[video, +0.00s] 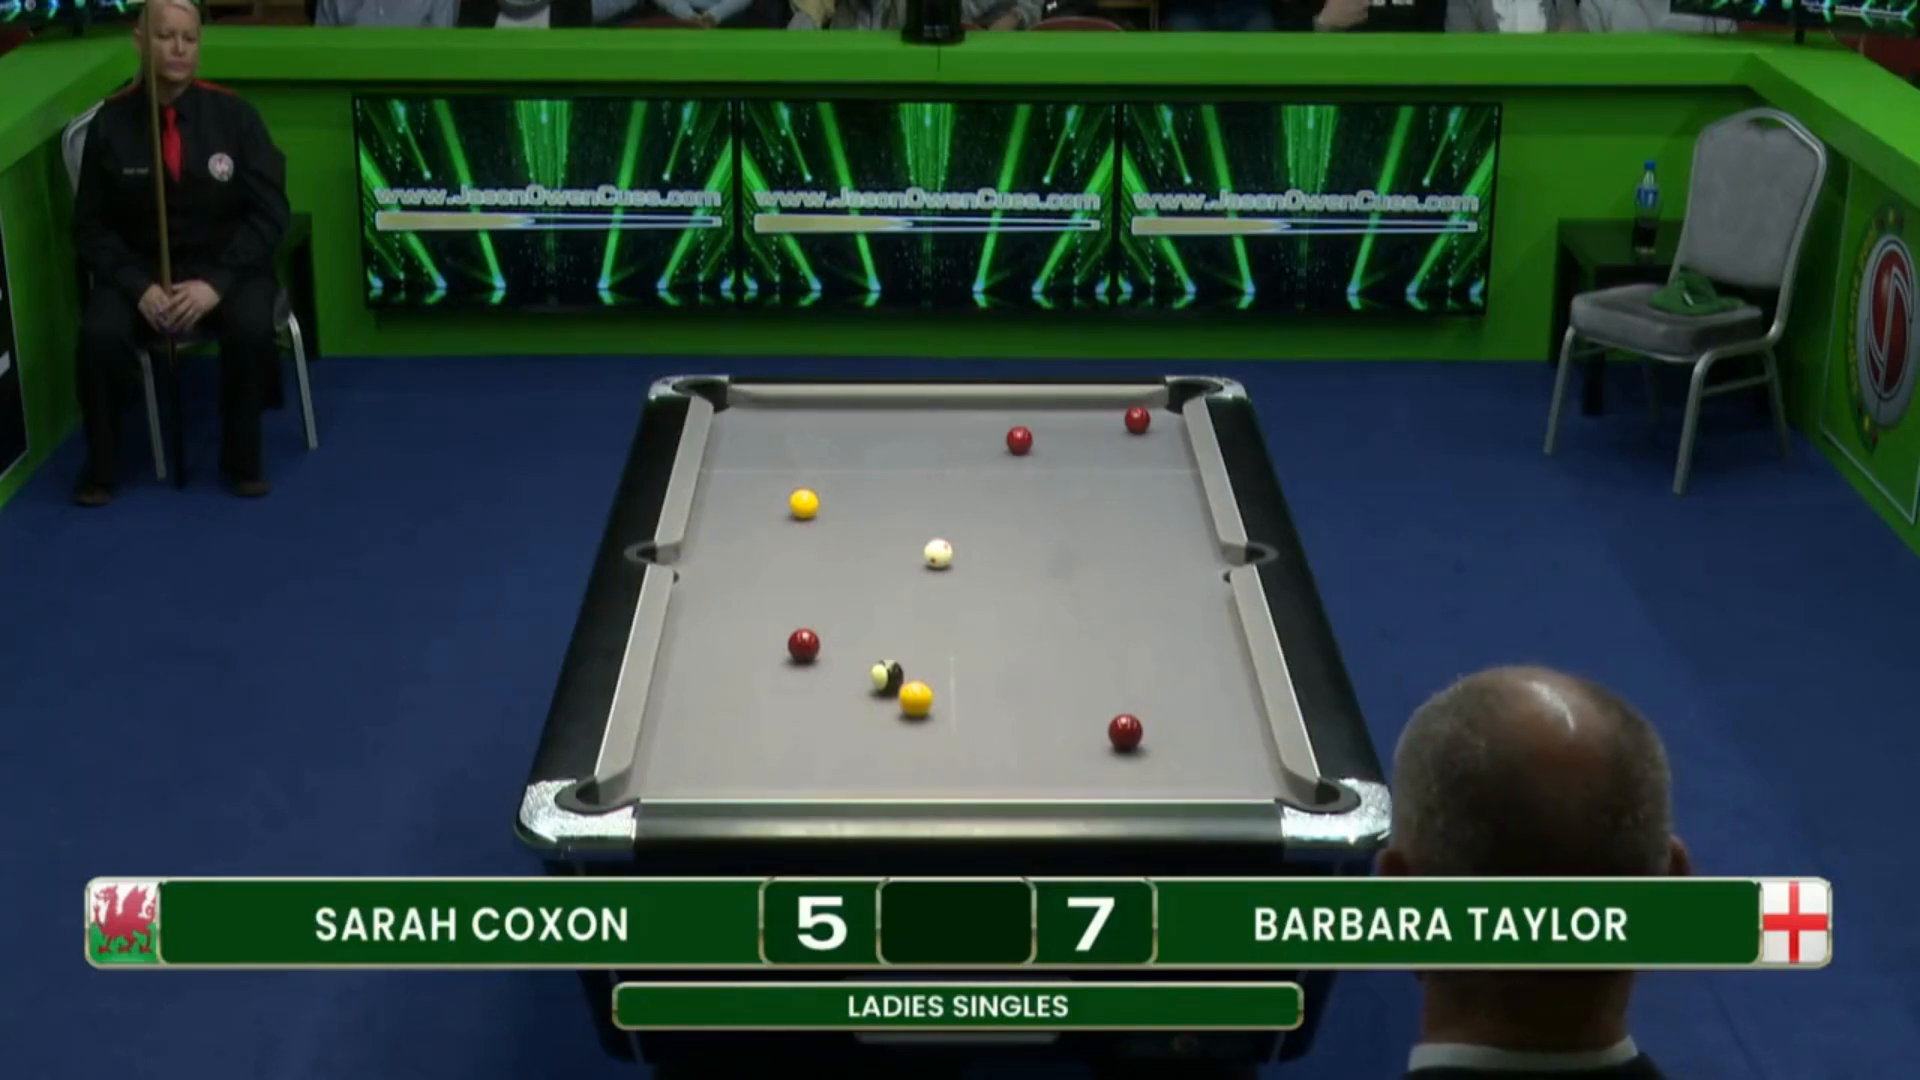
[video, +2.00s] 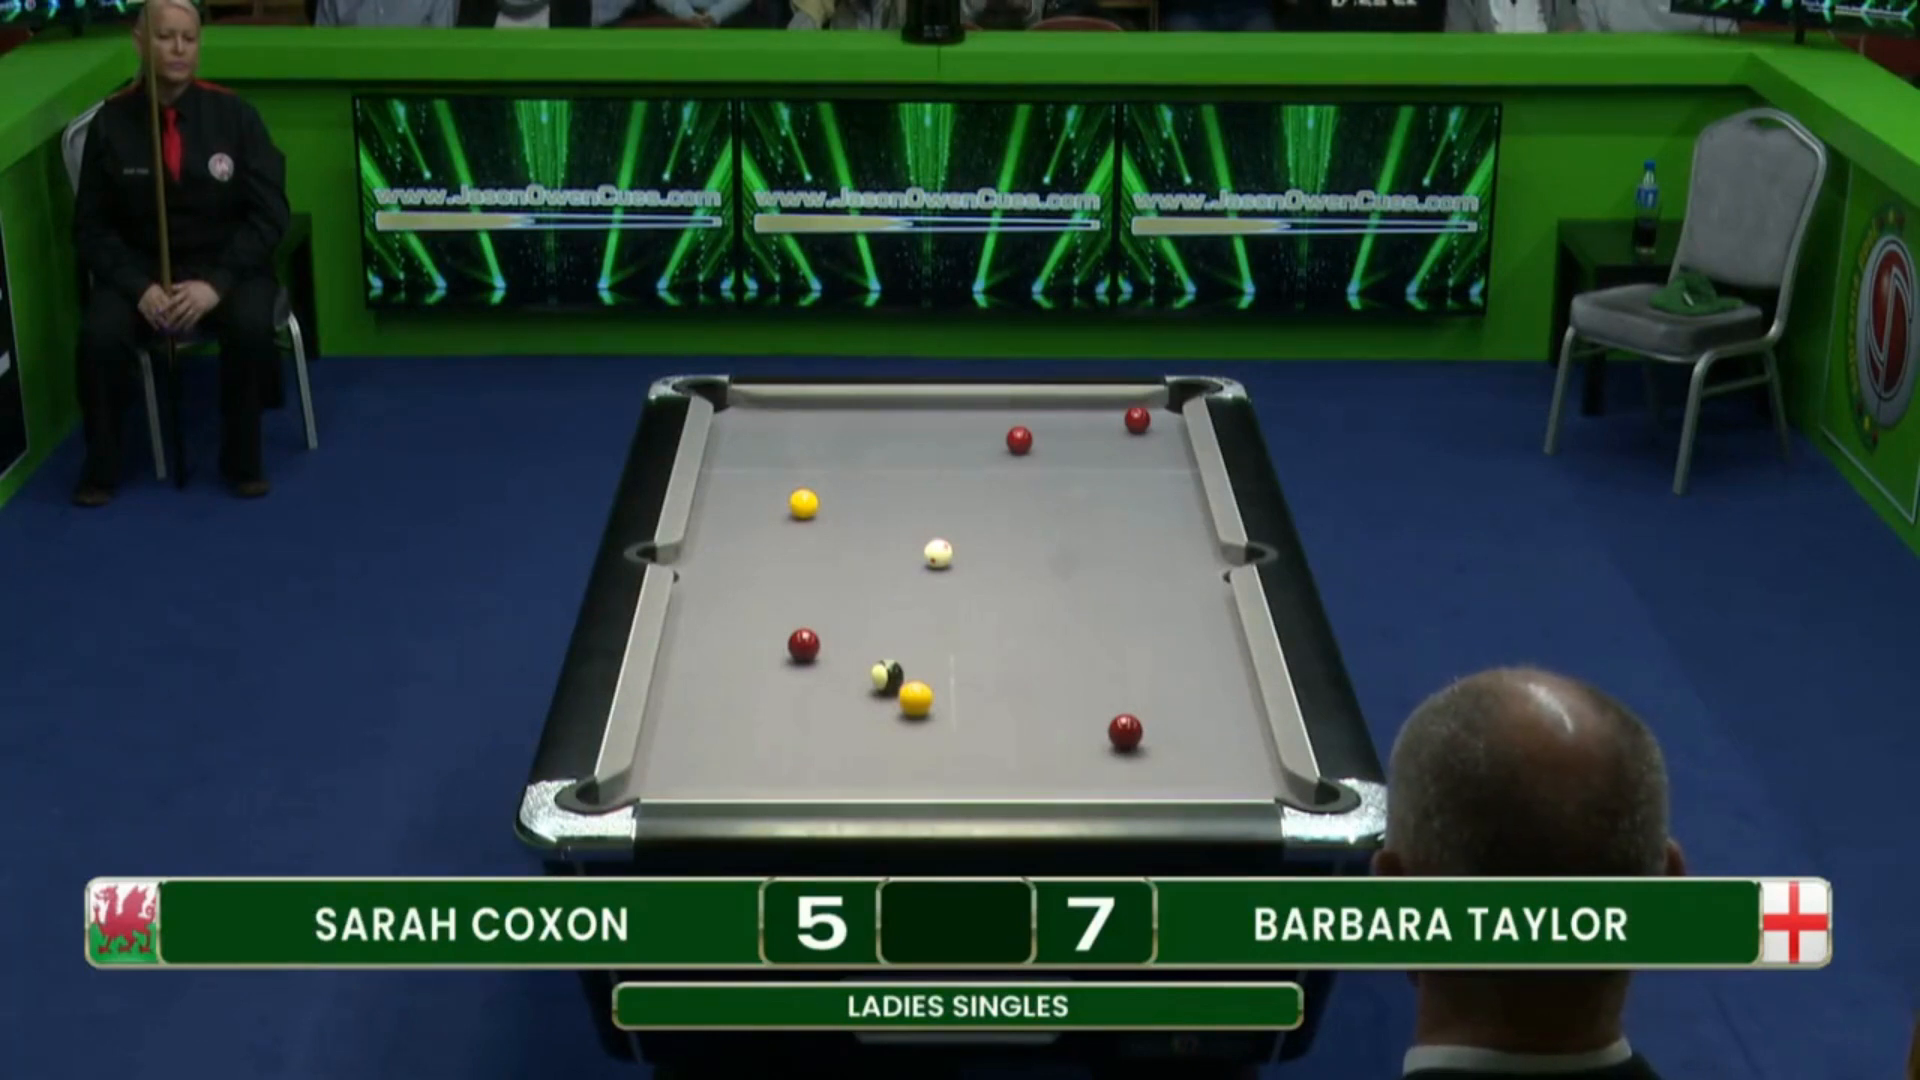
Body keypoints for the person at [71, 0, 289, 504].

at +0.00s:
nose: (179, 48)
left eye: (189, 38)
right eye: (165, 37)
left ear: (199, 44)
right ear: (141, 42)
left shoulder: (234, 115)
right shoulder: (111, 121)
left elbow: (269, 214)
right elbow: (90, 226)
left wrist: (214, 283)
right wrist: (140, 287)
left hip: (221, 267)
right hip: (138, 273)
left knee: (249, 329)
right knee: (100, 335)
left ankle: (244, 462)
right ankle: (101, 467)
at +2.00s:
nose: (179, 49)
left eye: (189, 38)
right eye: (165, 37)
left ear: (199, 44)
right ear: (140, 41)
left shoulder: (234, 115)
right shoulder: (111, 121)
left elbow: (269, 215)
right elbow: (91, 226)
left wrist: (214, 284)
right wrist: (140, 287)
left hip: (221, 268)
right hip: (139, 274)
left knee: (248, 328)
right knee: (101, 336)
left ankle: (243, 463)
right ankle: (101, 469)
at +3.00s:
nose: (179, 49)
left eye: (189, 38)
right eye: (165, 37)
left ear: (199, 44)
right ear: (140, 42)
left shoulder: (234, 116)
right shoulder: (111, 122)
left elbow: (269, 215)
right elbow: (90, 226)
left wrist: (214, 284)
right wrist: (140, 287)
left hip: (221, 267)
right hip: (138, 274)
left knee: (248, 328)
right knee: (101, 336)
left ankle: (243, 463)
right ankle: (101, 469)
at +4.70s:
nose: (181, 49)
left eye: (190, 38)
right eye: (167, 37)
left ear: (200, 44)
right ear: (140, 41)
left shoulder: (234, 116)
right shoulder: (111, 122)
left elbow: (268, 215)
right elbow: (90, 227)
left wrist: (214, 283)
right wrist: (141, 286)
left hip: (221, 267)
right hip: (138, 274)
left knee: (248, 327)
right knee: (100, 334)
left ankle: (243, 462)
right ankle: (101, 468)